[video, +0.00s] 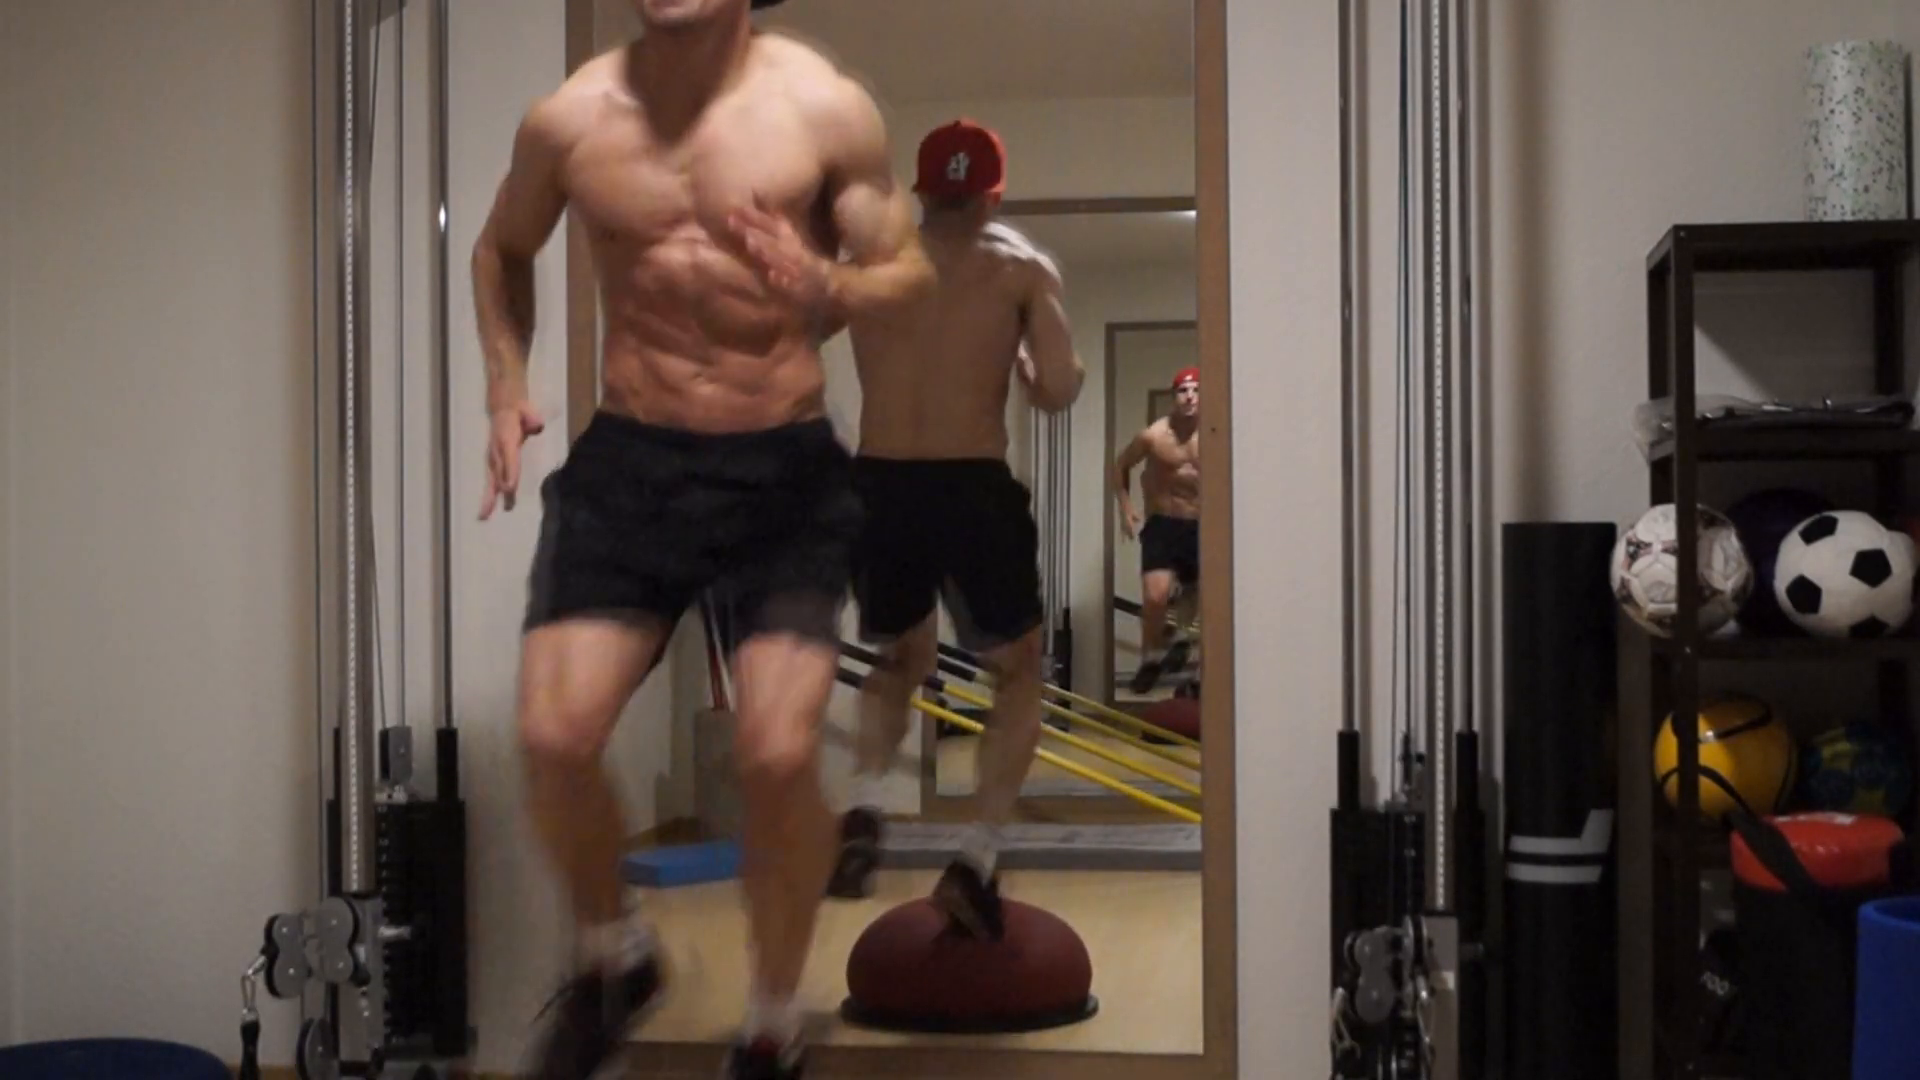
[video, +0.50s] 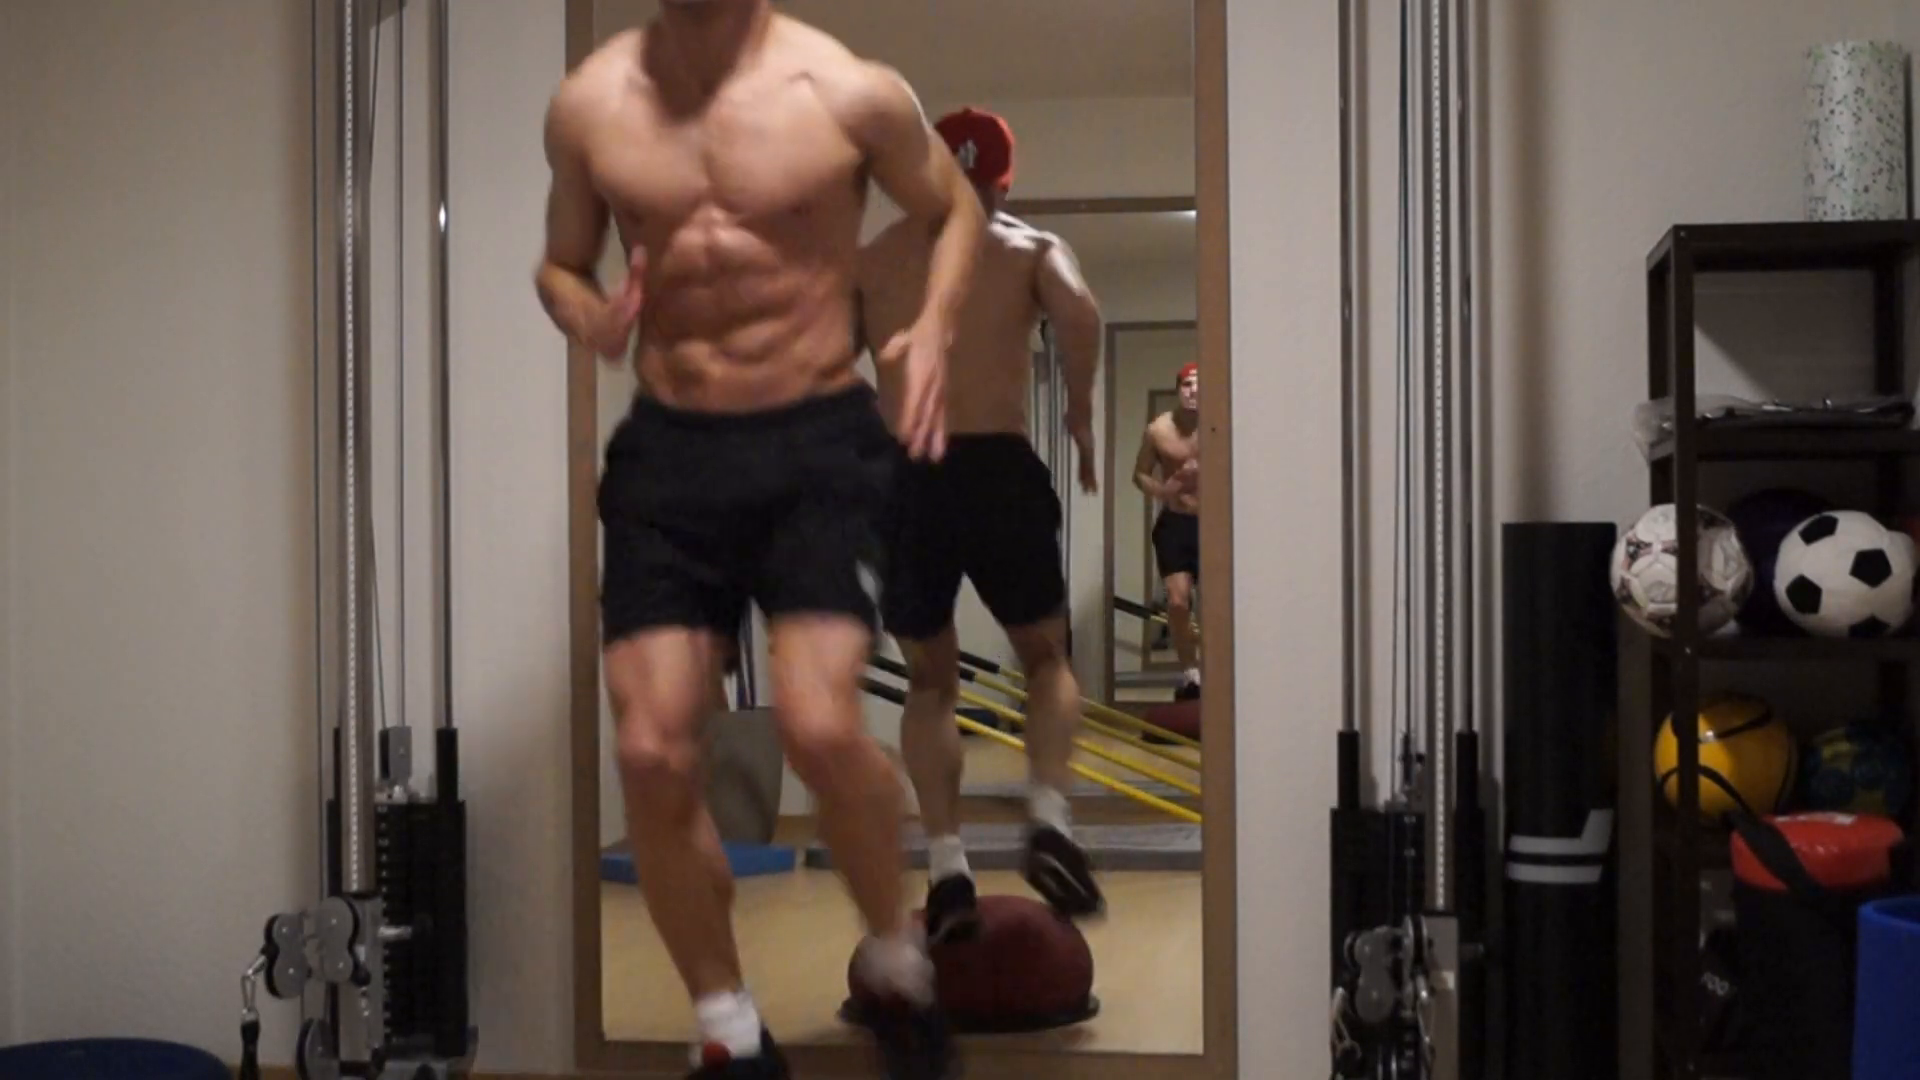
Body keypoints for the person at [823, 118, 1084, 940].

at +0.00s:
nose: (983, 205)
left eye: (967, 194)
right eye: (986, 194)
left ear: (919, 188)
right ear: (996, 192)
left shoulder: (875, 258)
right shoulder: (1024, 266)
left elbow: (805, 331)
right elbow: (1058, 385)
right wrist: (1021, 365)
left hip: (882, 489)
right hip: (977, 494)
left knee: (900, 658)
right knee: (1019, 675)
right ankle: (978, 853)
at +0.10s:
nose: (1003, 191)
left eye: (979, 177)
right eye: (1005, 179)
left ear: (937, 177)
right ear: (1009, 180)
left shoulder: (880, 261)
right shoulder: (1028, 249)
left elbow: (823, 349)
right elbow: (1050, 309)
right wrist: (1065, 410)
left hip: (906, 479)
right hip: (995, 472)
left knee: (945, 674)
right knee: (1072, 639)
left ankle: (934, 867)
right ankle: (1050, 798)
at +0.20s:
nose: (1016, 202)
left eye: (994, 185)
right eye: (1018, 189)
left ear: (941, 183)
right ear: (1015, 189)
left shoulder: (884, 268)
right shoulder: (1043, 264)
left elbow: (847, 372)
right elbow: (1072, 383)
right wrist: (1090, 440)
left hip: (915, 500)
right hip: (1013, 496)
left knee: (955, 684)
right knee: (1081, 693)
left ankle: (913, 864)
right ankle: (1102, 879)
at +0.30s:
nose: (1012, 251)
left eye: (998, 235)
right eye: (1023, 237)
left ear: (957, 234)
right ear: (1031, 236)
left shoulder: (922, 310)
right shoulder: (1068, 321)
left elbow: (875, 418)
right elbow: (1112, 448)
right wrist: (1059, 441)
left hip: (938, 560)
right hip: (1042, 558)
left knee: (913, 769)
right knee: (1079, 775)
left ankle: (924, 961)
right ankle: (1102, 976)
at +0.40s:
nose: (1010, 231)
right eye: (1022, 217)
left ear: (952, 214)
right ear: (1027, 220)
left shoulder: (915, 291)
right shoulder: (1058, 302)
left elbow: (856, 388)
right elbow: (1108, 421)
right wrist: (1053, 428)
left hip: (926, 527)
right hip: (1027, 528)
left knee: (933, 758)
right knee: (1075, 752)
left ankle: (948, 945)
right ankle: (1106, 949)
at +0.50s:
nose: (1005, 185)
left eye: (982, 171)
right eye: (1006, 174)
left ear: (935, 171)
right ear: (1006, 178)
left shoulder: (877, 255)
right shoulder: (1029, 246)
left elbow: (824, 343)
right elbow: (1080, 313)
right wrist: (1080, 408)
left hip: (904, 478)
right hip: (1001, 473)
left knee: (929, 677)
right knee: (1046, 658)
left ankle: (947, 869)